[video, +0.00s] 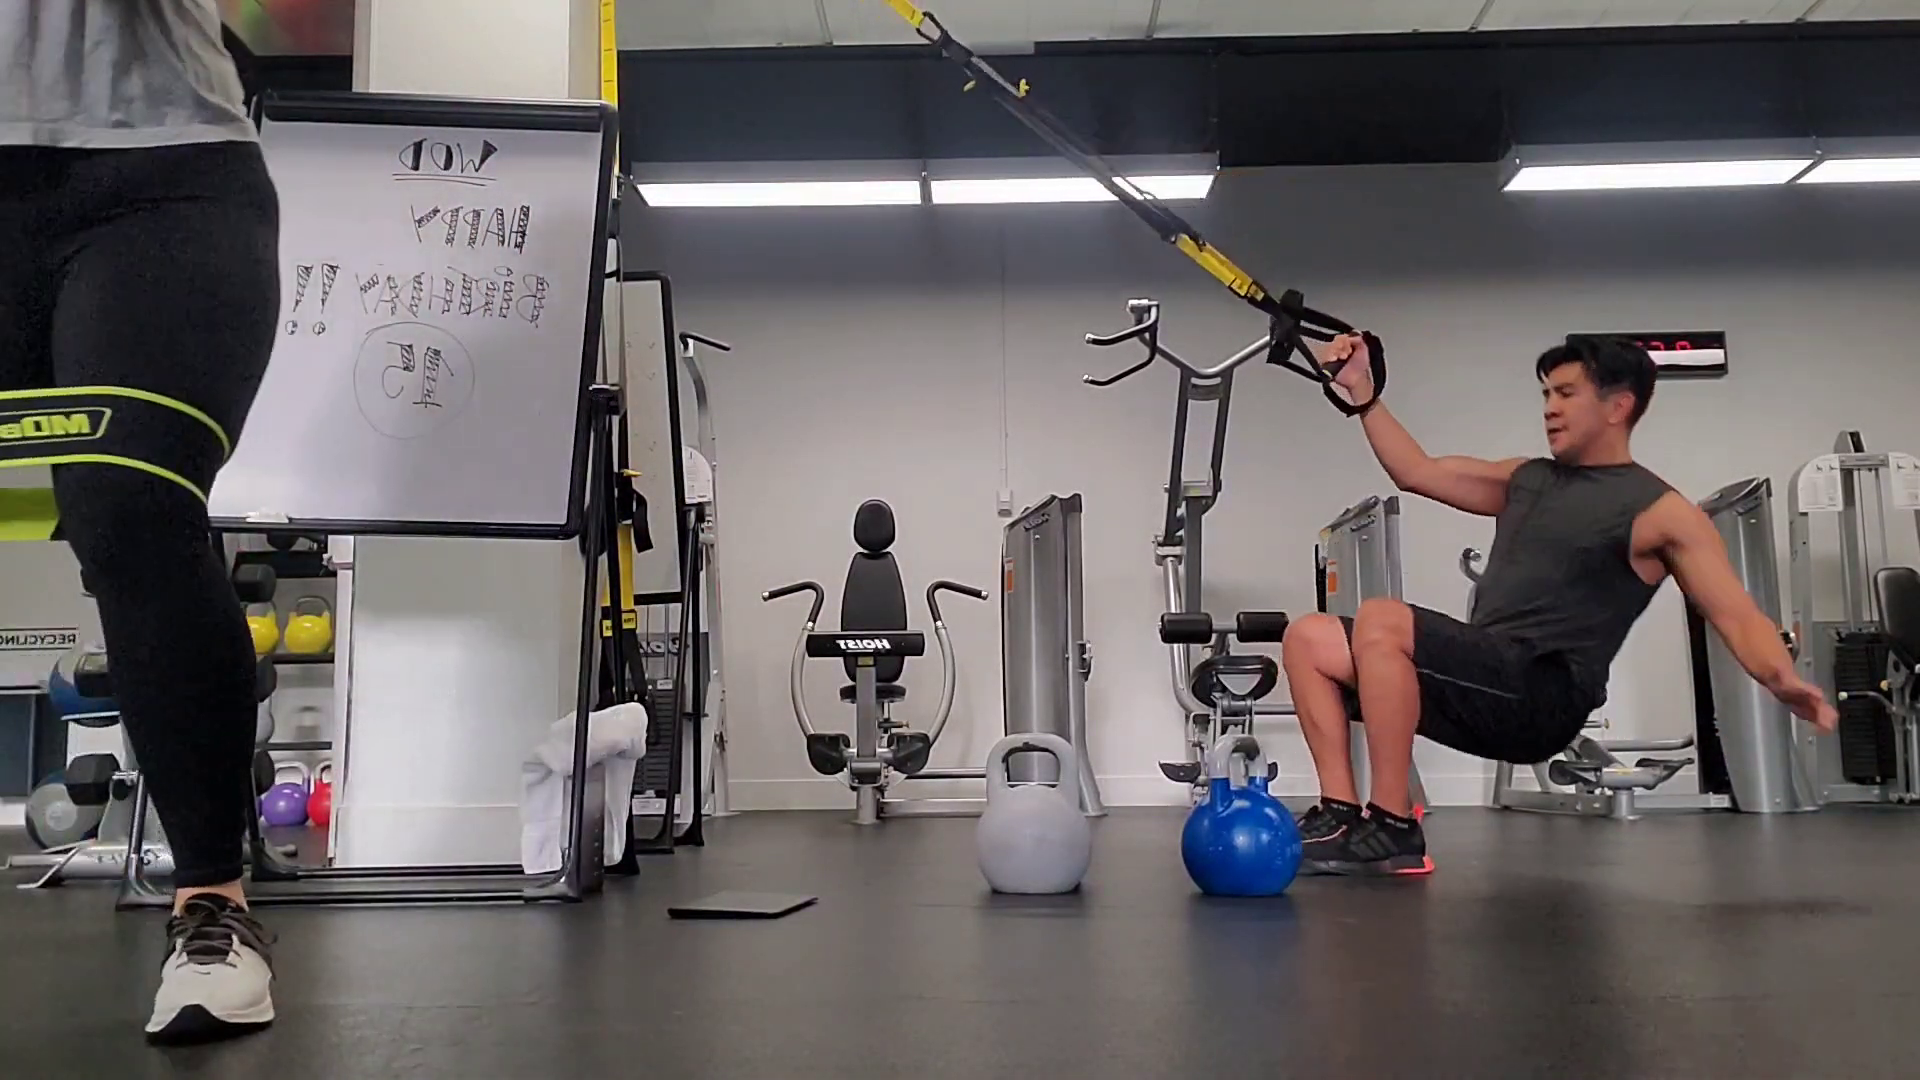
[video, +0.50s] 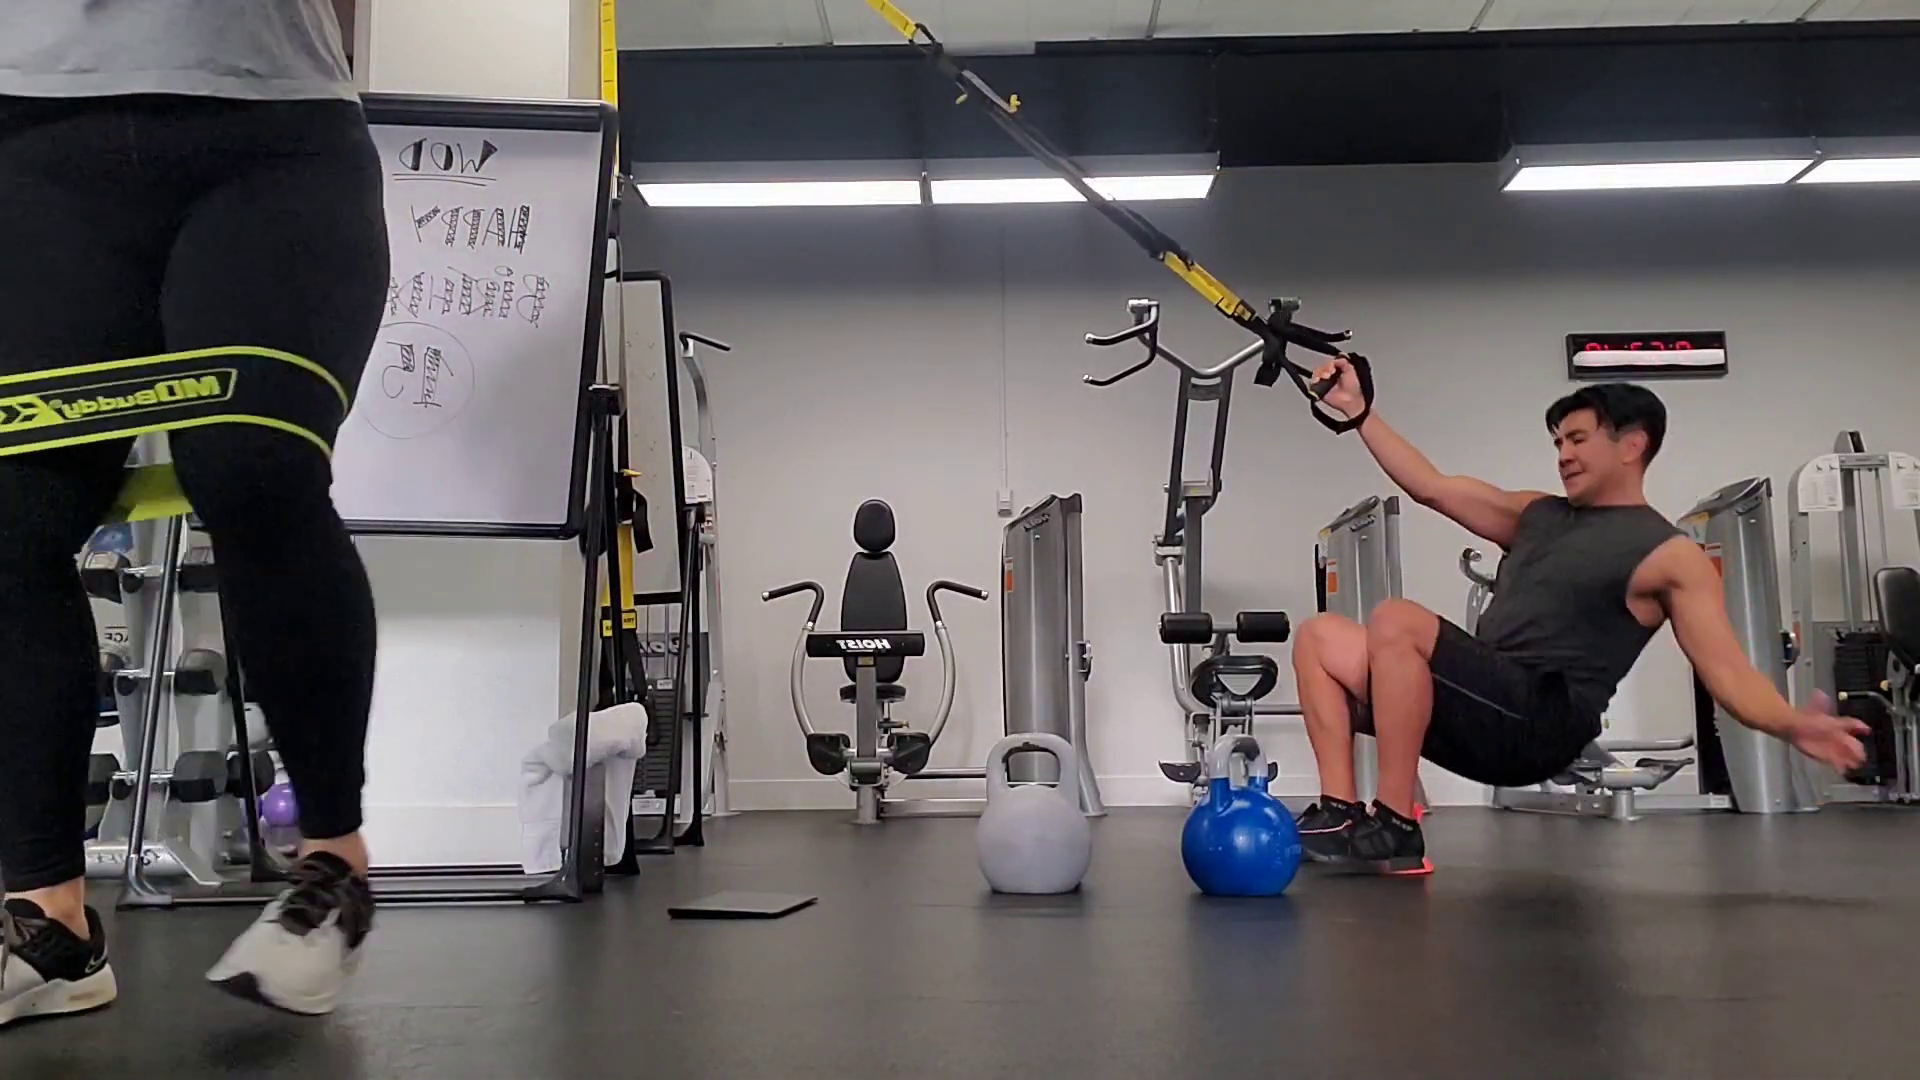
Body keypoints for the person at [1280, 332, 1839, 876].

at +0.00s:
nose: (1548, 410)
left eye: (1564, 394)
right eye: (1547, 397)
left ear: (1622, 404)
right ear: (1552, 407)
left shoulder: (1663, 510)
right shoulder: (1524, 479)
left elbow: (1734, 612)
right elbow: (1416, 470)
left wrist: (1780, 676)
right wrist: (1362, 397)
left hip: (1547, 695)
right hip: (1481, 682)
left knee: (1382, 620)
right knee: (1308, 639)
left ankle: (1395, 824)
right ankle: (1341, 811)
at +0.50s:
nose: (1561, 454)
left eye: (1576, 439)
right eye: (1558, 443)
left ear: (1635, 444)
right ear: (1561, 453)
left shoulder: (1672, 555)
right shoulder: (1536, 514)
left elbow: (1726, 669)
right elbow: (1428, 484)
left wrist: (1787, 722)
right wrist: (1360, 414)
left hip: (1545, 719)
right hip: (1480, 707)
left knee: (1397, 620)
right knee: (1317, 640)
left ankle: (1396, 822)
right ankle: (1340, 809)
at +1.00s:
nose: (1403, 193)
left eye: (1412, 180)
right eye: (1406, 181)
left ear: (1454, 178)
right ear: (1467, 187)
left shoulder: (1448, 226)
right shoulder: (1478, 266)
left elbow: (1332, 200)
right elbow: (1442, 366)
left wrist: (1222, 152)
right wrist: (1378, 342)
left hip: (1429, 438)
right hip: (1399, 442)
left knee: (1356, 614)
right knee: (1325, 620)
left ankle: (1390, 820)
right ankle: (1345, 807)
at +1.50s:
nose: (1325, 179)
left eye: (1333, 165)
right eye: (1328, 167)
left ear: (1371, 160)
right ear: (1398, 171)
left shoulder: (1336, 212)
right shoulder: (1444, 260)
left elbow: (1213, 189)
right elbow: (1460, 386)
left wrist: (1102, 153)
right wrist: (1363, 355)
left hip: (1366, 430)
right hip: (1404, 432)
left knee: (1378, 618)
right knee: (1348, 623)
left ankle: (1389, 821)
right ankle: (1349, 808)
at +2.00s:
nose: (1432, 264)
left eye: (1449, 248)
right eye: (1432, 253)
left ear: (1499, 262)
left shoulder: (1518, 331)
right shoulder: (1454, 360)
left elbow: (1521, 402)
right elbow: (1392, 452)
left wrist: (1399, 398)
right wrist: (1357, 378)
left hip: (1479, 542)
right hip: (1427, 544)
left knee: (1320, 629)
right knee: (1273, 638)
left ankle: (1386, 823)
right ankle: (1342, 812)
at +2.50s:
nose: (1604, 487)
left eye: (1626, 475)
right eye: (1602, 476)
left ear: (1678, 501)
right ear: (1599, 487)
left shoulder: (1702, 614)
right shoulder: (1546, 540)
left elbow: (1769, 736)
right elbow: (1437, 484)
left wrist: (1875, 809)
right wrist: (1360, 413)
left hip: (1561, 781)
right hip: (1479, 754)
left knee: (1462, 629)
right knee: (1351, 637)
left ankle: (1406, 824)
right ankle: (1342, 812)